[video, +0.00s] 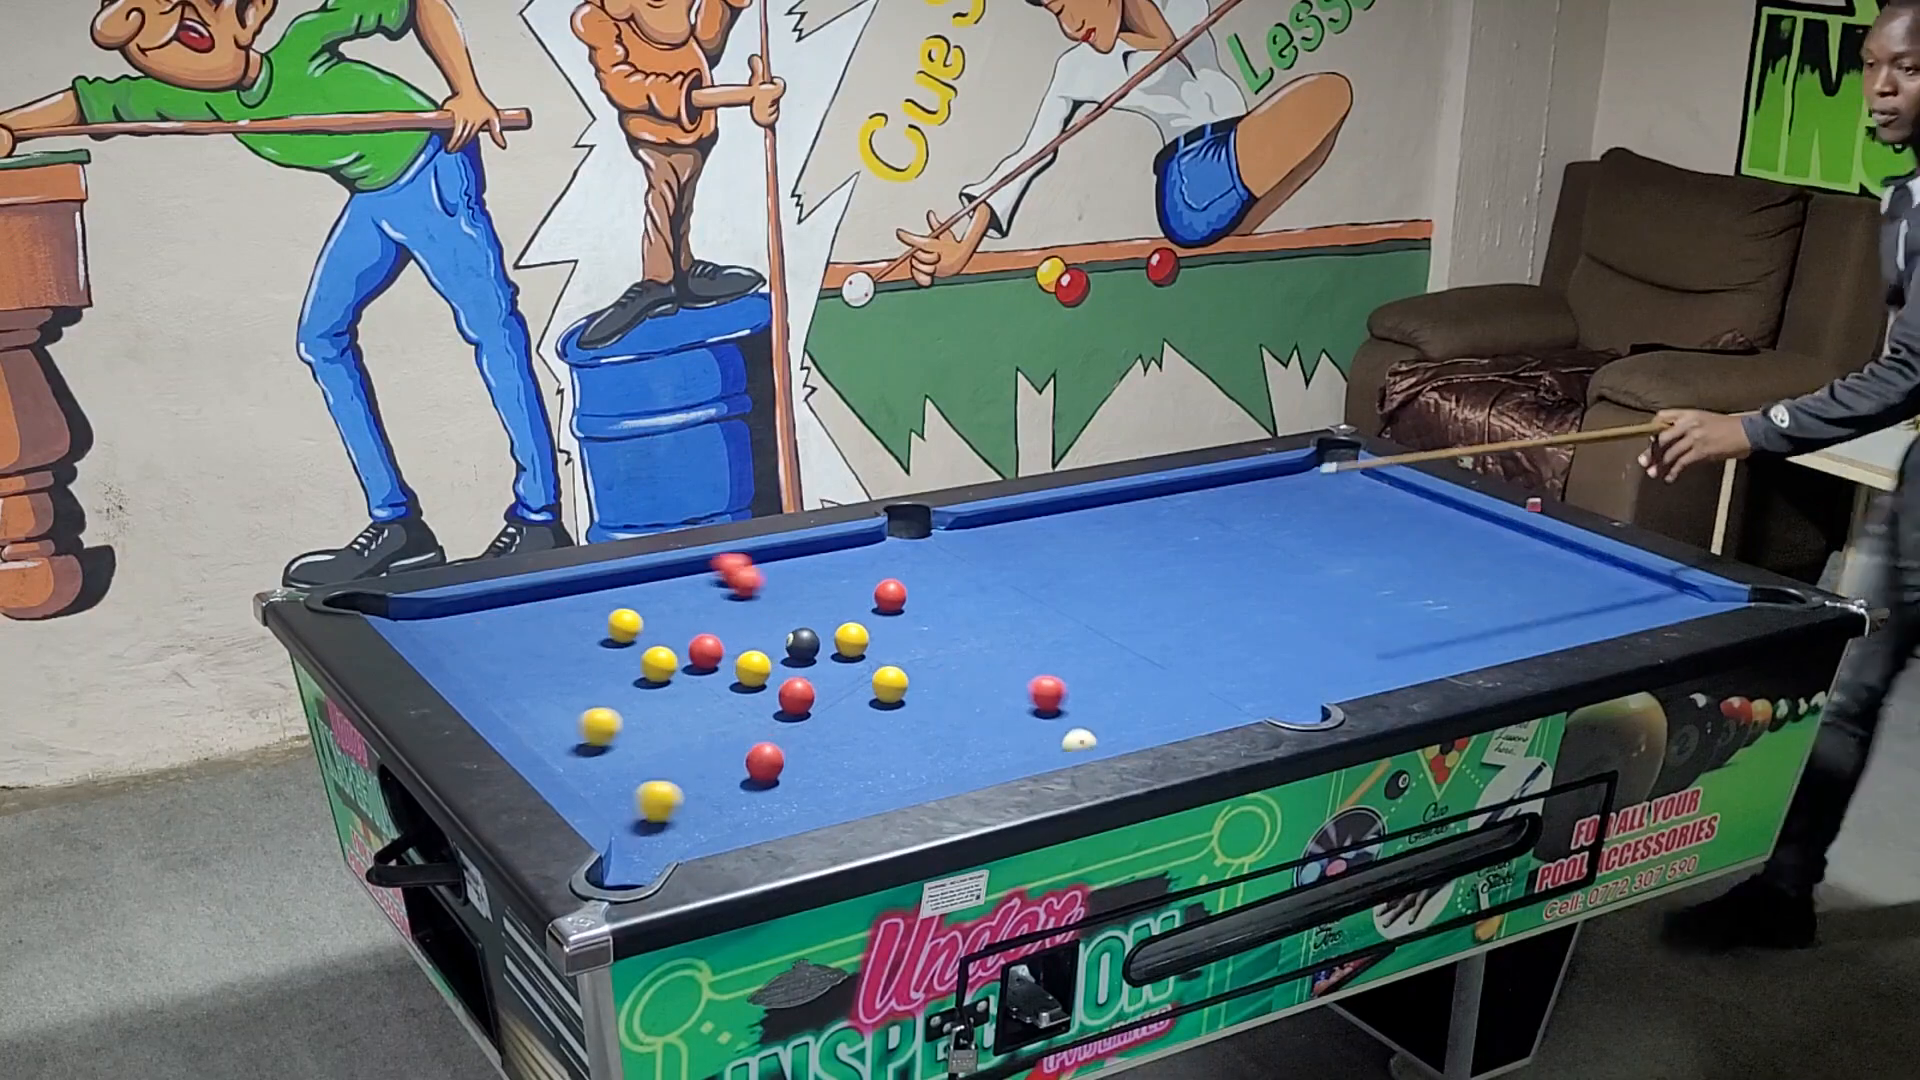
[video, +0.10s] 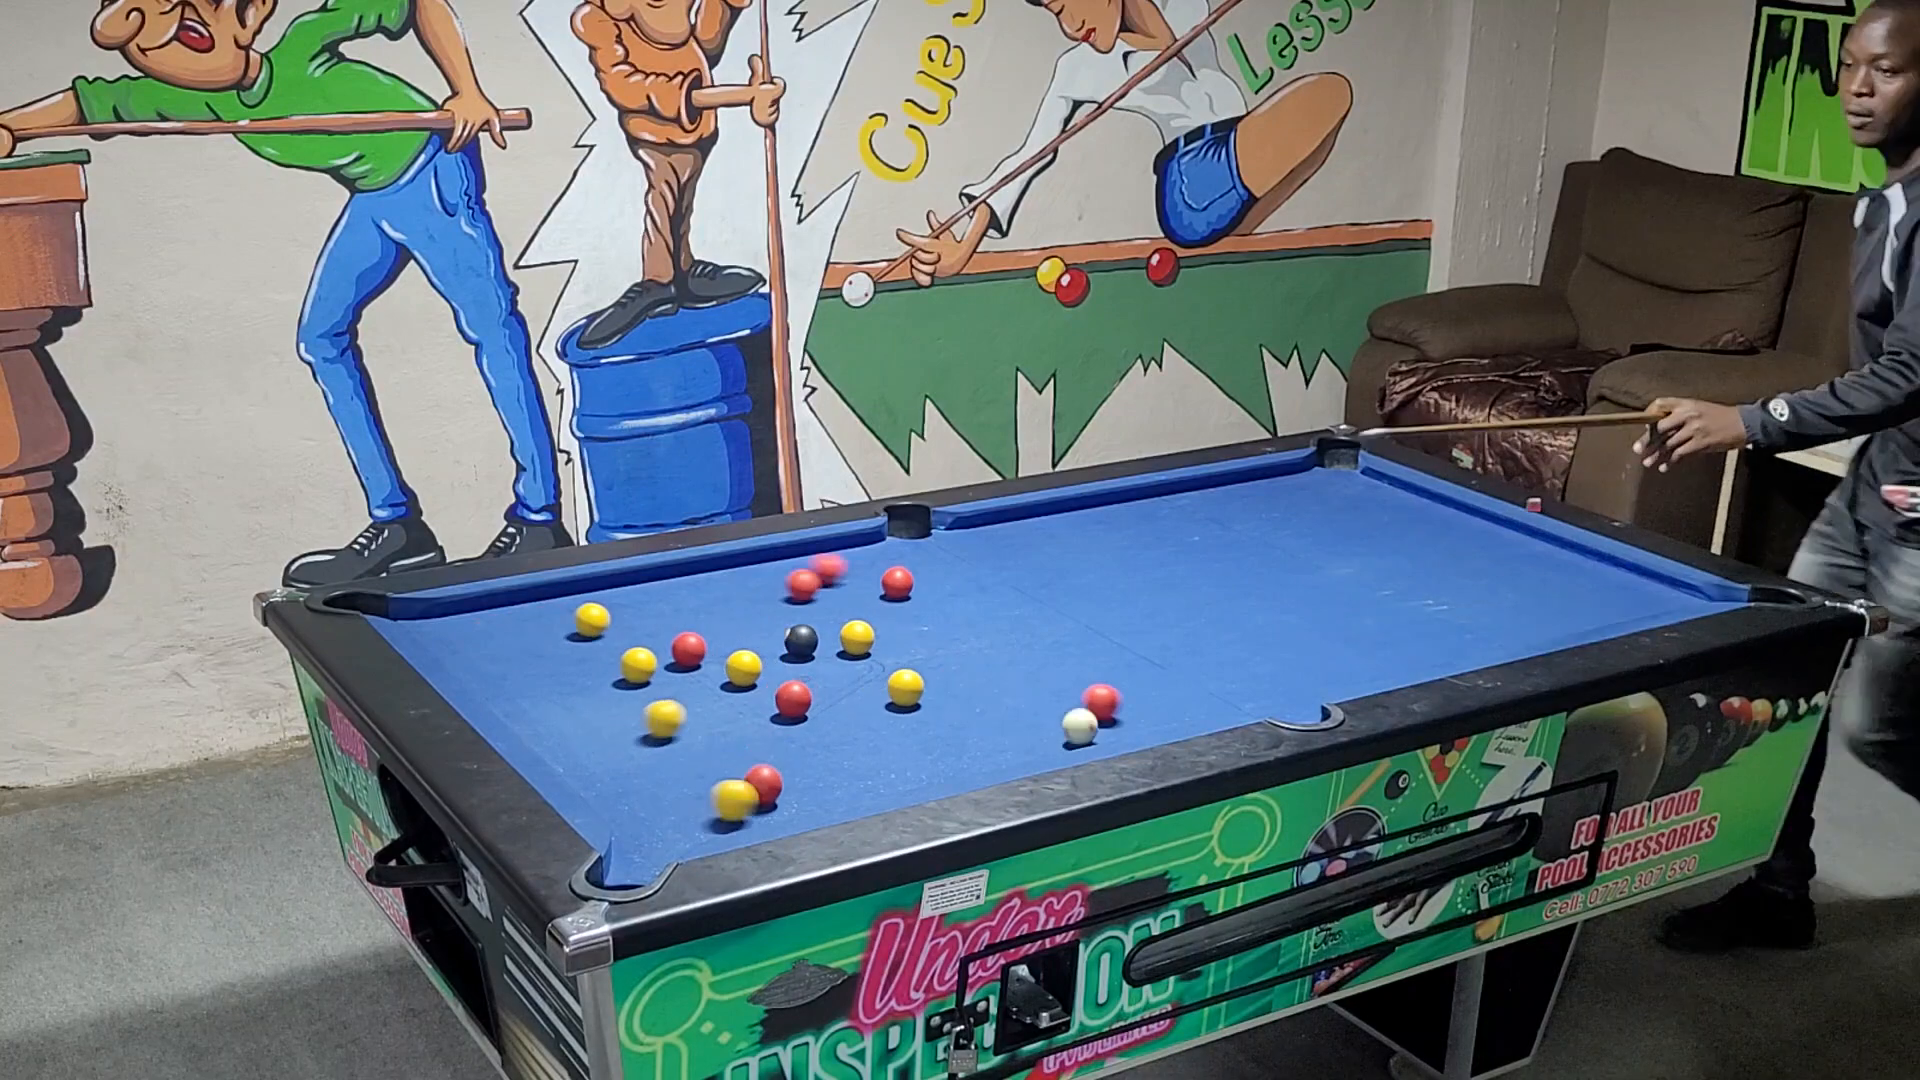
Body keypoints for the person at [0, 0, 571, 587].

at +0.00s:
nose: (207, 57)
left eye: (200, 42)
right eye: (191, 56)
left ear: (228, 22)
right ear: (185, 74)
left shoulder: (300, 37)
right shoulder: (213, 98)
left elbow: (419, 4)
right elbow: (90, 101)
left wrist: (467, 87)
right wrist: (9, 124)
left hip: (426, 165)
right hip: (369, 199)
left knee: (492, 329)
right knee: (322, 337)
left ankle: (540, 516)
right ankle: (397, 522)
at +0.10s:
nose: (208, 58)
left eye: (201, 43)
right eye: (191, 58)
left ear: (229, 22)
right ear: (186, 75)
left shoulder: (300, 37)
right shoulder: (213, 98)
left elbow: (419, 4)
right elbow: (90, 101)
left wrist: (467, 87)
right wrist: (9, 124)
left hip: (426, 166)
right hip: (369, 199)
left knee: (492, 329)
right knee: (322, 337)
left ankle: (540, 516)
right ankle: (397, 522)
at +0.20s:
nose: (208, 58)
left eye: (201, 42)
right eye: (191, 58)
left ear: (229, 22)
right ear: (186, 75)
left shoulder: (300, 37)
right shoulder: (213, 98)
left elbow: (419, 4)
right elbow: (90, 101)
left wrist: (467, 87)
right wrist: (9, 124)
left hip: (426, 165)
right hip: (369, 199)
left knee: (492, 329)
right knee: (322, 337)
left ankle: (541, 516)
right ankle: (397, 522)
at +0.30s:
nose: (207, 58)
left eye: (201, 43)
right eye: (191, 58)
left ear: (229, 22)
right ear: (185, 75)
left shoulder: (300, 37)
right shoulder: (213, 98)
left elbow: (419, 4)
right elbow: (90, 101)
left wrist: (467, 87)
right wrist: (9, 124)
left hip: (426, 165)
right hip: (369, 199)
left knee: (492, 329)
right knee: (322, 337)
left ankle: (541, 516)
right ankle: (397, 522)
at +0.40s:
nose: (207, 58)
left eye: (201, 43)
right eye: (190, 58)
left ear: (228, 22)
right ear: (185, 74)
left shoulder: (300, 37)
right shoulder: (213, 98)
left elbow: (419, 4)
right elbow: (90, 101)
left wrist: (467, 87)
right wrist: (9, 124)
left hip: (426, 165)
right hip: (369, 198)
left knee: (492, 329)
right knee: (322, 337)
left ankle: (541, 516)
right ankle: (397, 522)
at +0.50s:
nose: (208, 58)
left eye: (201, 42)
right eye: (191, 58)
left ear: (228, 22)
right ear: (185, 75)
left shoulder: (300, 37)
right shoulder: (213, 98)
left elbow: (419, 4)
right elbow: (90, 101)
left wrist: (467, 87)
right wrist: (9, 124)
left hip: (426, 165)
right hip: (369, 199)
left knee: (492, 328)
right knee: (322, 337)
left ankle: (541, 516)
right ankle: (397, 522)